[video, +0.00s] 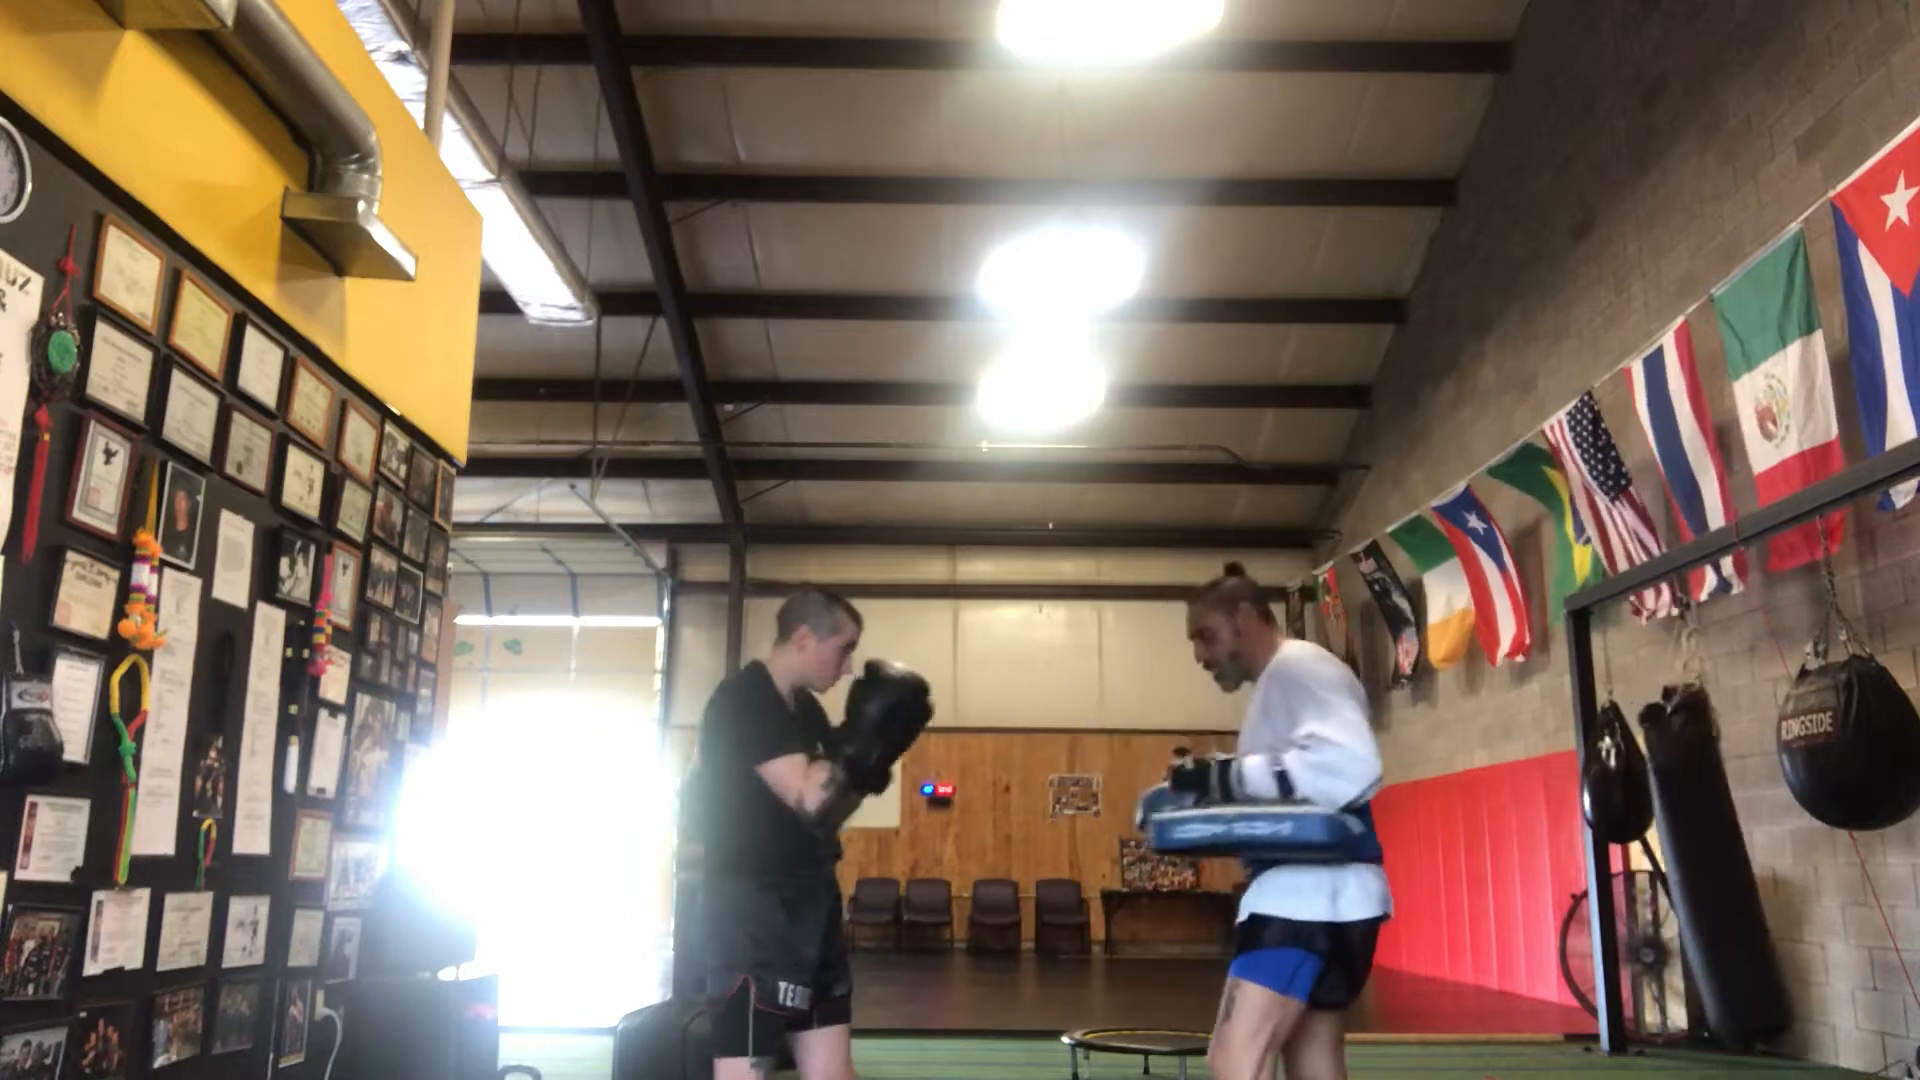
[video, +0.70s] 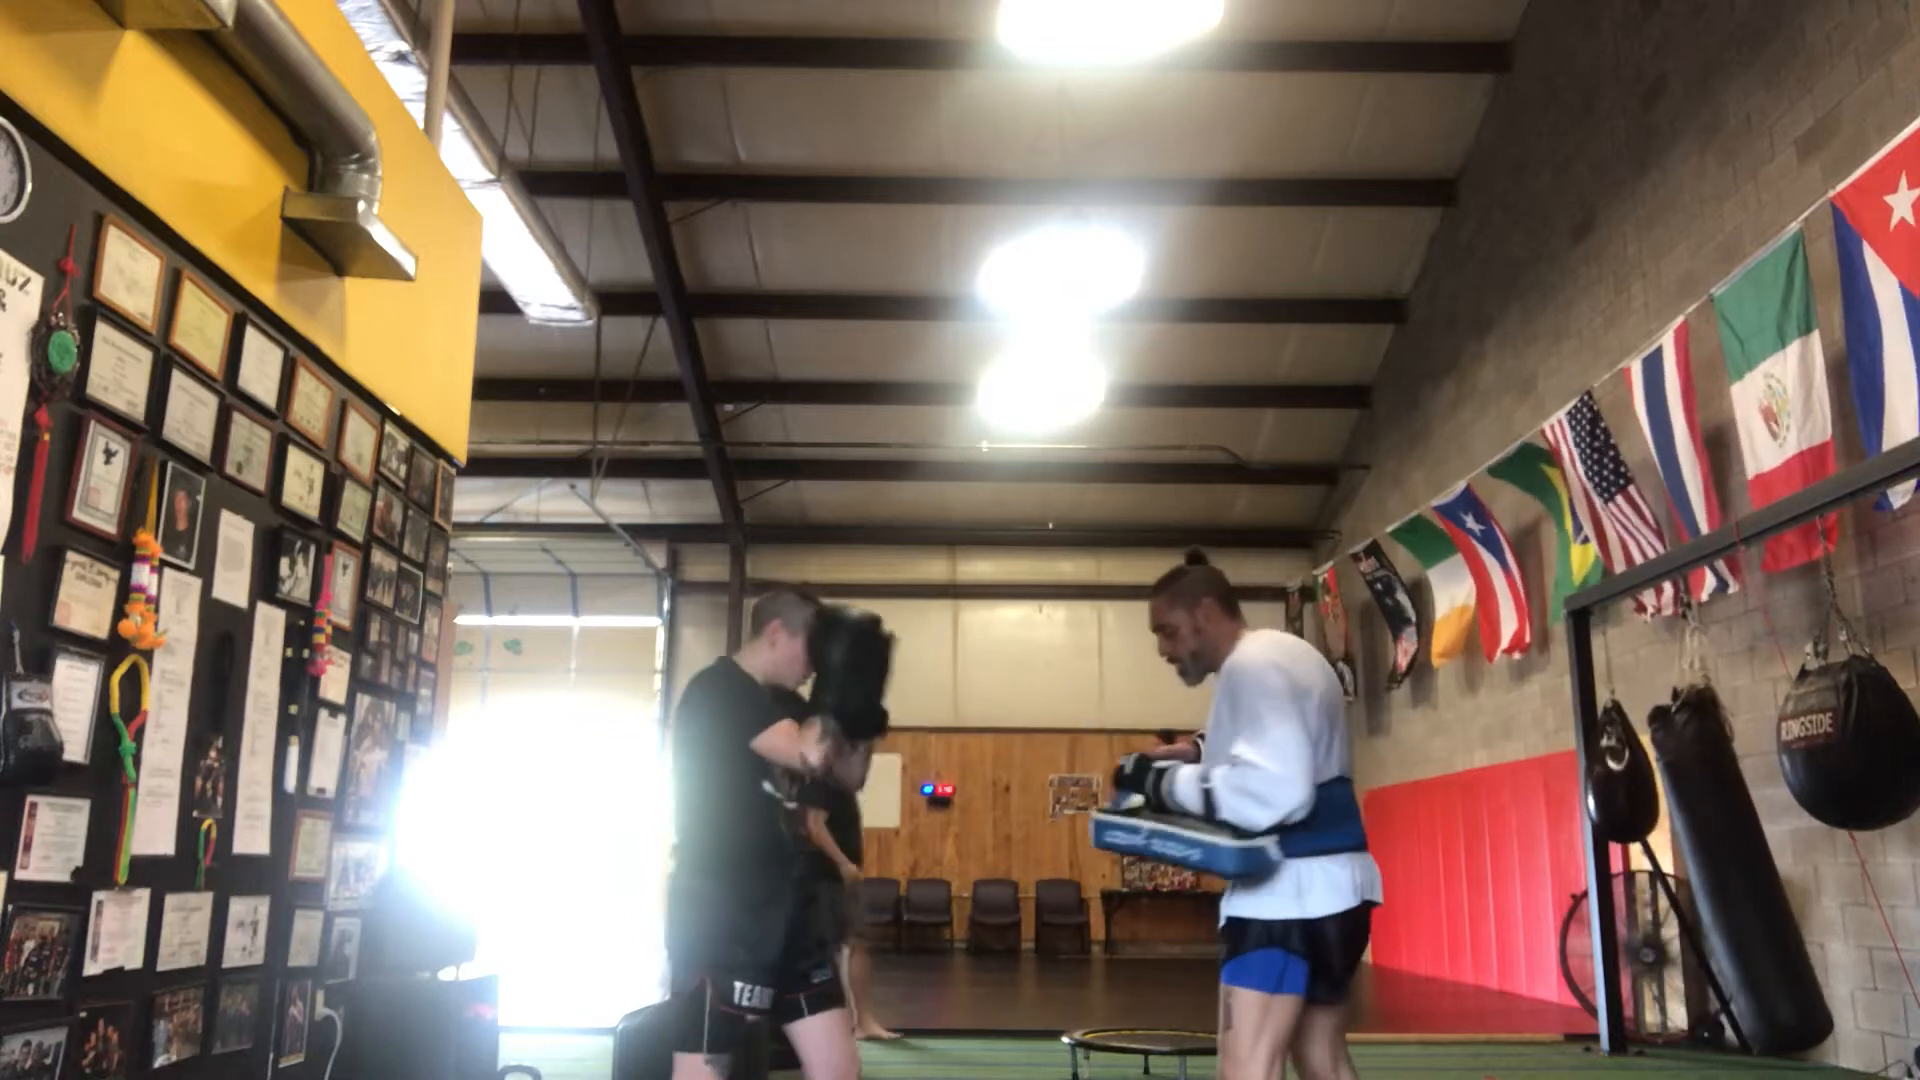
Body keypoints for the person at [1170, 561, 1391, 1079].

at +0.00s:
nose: (1199, 655)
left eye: (1206, 636)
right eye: (1195, 641)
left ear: (1246, 621)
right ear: (1245, 624)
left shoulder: (1301, 666)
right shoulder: (1276, 685)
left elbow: (1349, 764)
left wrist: (1227, 778)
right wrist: (1213, 781)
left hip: (1307, 895)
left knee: (1234, 1059)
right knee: (1316, 1065)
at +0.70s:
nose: (1163, 649)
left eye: (1168, 632)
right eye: (1159, 636)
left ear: (1208, 613)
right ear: (1212, 612)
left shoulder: (1254, 666)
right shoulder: (1297, 654)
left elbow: (1272, 791)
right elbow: (1287, 759)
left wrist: (1162, 780)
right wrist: (1202, 752)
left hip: (1282, 897)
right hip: (1333, 889)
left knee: (1247, 1066)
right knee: (1323, 1059)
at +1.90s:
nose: (1193, 645)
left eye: (1194, 629)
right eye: (1187, 632)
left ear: (1229, 611)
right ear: (1241, 609)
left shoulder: (1255, 668)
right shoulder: (1334, 663)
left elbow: (1208, 773)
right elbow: (1295, 758)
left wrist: (1105, 736)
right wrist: (1219, 712)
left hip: (1285, 895)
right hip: (1356, 889)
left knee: (1255, 1065)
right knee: (1352, 1062)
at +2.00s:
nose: (1182, 643)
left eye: (1184, 627)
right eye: (1178, 631)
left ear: (1219, 609)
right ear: (1229, 609)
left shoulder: (1238, 667)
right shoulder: (1325, 660)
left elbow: (1156, 755)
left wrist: (1053, 717)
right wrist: (1188, 712)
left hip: (1276, 895)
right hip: (1350, 890)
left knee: (1242, 1068)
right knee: (1347, 1064)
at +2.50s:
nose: (1170, 639)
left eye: (1173, 622)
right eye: (1166, 626)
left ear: (1210, 608)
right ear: (1216, 607)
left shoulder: (1242, 660)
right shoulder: (1315, 661)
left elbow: (1216, 768)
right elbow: (1290, 760)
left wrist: (1111, 736)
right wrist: (1205, 718)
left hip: (1269, 892)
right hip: (1336, 886)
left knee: (1246, 1065)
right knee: (1338, 1060)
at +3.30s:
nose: (1193, 648)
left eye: (1194, 632)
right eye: (1188, 635)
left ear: (1227, 614)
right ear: (1236, 614)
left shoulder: (1244, 669)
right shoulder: (1333, 659)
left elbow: (1149, 734)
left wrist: (1060, 688)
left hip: (1301, 891)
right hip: (1371, 884)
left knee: (1268, 1063)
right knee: (1358, 1060)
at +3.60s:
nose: (1200, 626)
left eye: (1206, 611)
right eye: (1198, 613)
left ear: (1248, 602)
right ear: (1259, 601)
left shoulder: (1251, 659)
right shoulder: (1343, 661)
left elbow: (1166, 717)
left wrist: (1068, 687)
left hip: (1292, 894)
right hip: (1365, 887)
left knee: (1260, 1064)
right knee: (1358, 1064)